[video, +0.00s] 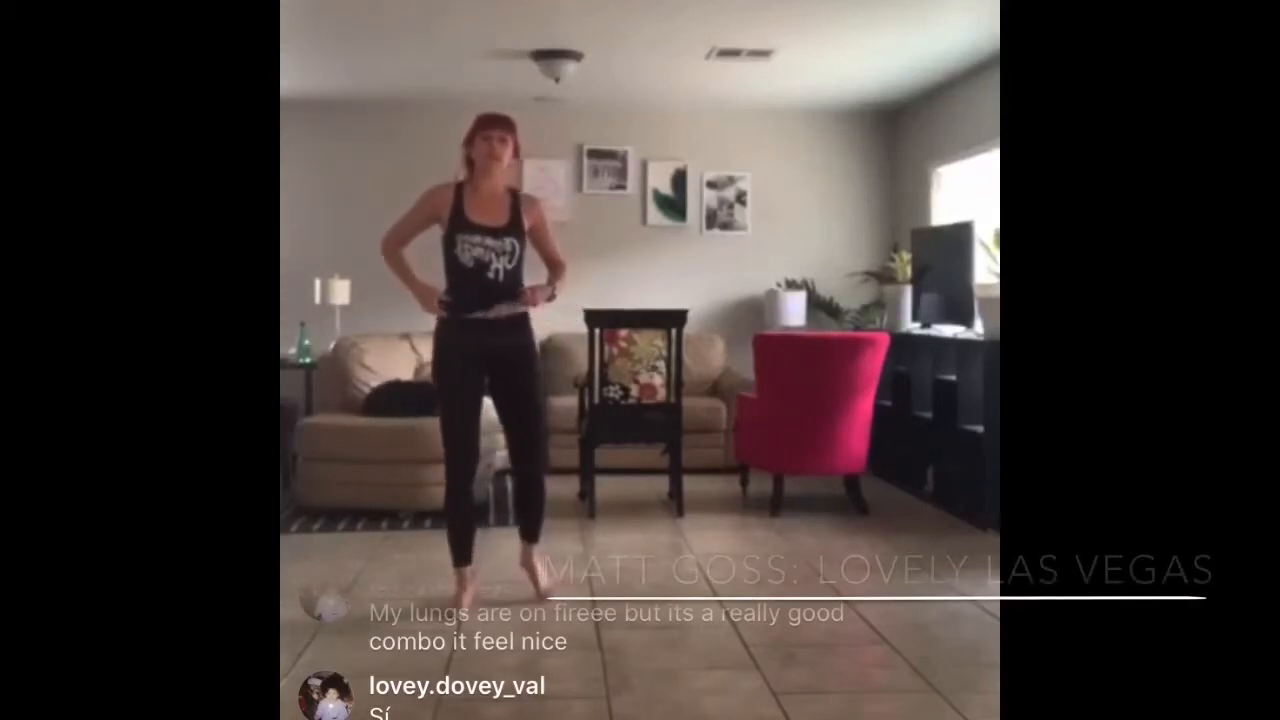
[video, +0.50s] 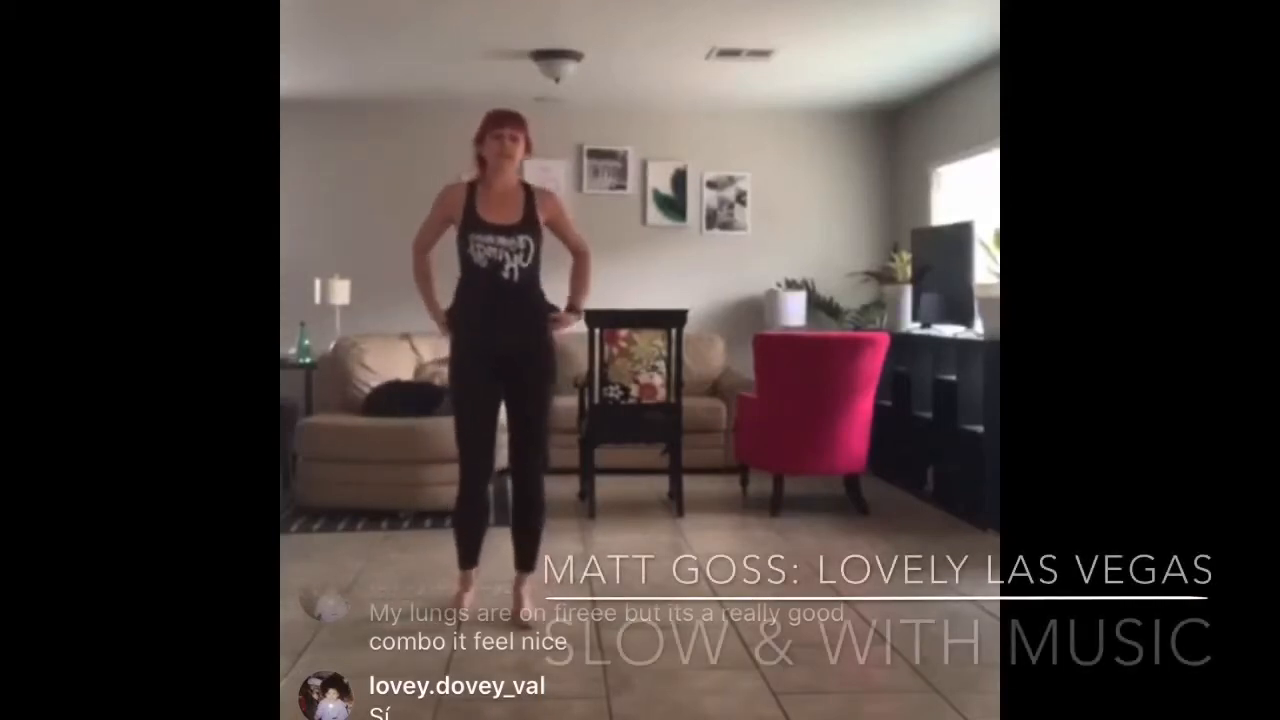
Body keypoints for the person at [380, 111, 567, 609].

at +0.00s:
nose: (492, 148)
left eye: (501, 141)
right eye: (484, 140)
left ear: (514, 154)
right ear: (469, 149)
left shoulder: (528, 207)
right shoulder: (445, 198)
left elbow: (557, 265)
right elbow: (391, 245)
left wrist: (547, 290)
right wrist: (419, 289)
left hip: (513, 339)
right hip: (459, 340)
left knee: (531, 453)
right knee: (461, 461)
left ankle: (531, 551)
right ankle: (464, 579)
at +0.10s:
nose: (491, 147)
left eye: (499, 140)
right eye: (483, 139)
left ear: (512, 153)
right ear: (466, 148)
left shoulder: (526, 207)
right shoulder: (442, 198)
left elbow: (555, 266)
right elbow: (390, 245)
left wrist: (543, 295)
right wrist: (421, 291)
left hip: (513, 337)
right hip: (459, 338)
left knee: (526, 457)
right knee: (461, 461)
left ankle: (524, 562)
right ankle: (463, 577)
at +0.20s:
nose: (492, 147)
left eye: (500, 140)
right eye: (484, 139)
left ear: (512, 153)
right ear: (467, 148)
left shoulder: (528, 206)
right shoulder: (442, 198)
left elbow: (558, 265)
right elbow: (393, 248)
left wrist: (545, 295)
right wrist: (422, 294)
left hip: (515, 338)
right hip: (461, 338)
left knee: (519, 463)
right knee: (462, 463)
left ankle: (524, 577)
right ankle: (464, 579)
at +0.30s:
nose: (493, 145)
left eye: (502, 139)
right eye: (485, 137)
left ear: (514, 152)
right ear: (468, 146)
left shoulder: (530, 205)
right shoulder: (445, 198)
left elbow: (566, 263)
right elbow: (402, 253)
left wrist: (555, 311)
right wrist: (425, 315)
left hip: (519, 339)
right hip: (463, 337)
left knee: (518, 465)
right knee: (464, 464)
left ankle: (522, 581)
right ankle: (464, 578)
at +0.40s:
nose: (498, 146)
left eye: (507, 140)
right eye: (490, 138)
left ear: (519, 151)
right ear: (474, 147)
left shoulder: (537, 204)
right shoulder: (452, 198)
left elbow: (575, 261)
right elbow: (411, 252)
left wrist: (571, 314)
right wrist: (426, 316)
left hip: (525, 338)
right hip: (467, 336)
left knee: (523, 466)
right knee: (470, 465)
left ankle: (524, 582)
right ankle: (465, 579)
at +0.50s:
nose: (504, 145)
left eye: (513, 139)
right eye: (496, 137)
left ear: (525, 151)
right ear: (480, 147)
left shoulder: (543, 203)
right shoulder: (457, 198)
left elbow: (581, 251)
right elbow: (422, 249)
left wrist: (573, 310)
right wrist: (438, 313)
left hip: (530, 336)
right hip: (473, 334)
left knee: (528, 464)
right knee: (475, 465)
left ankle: (525, 581)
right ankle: (467, 578)